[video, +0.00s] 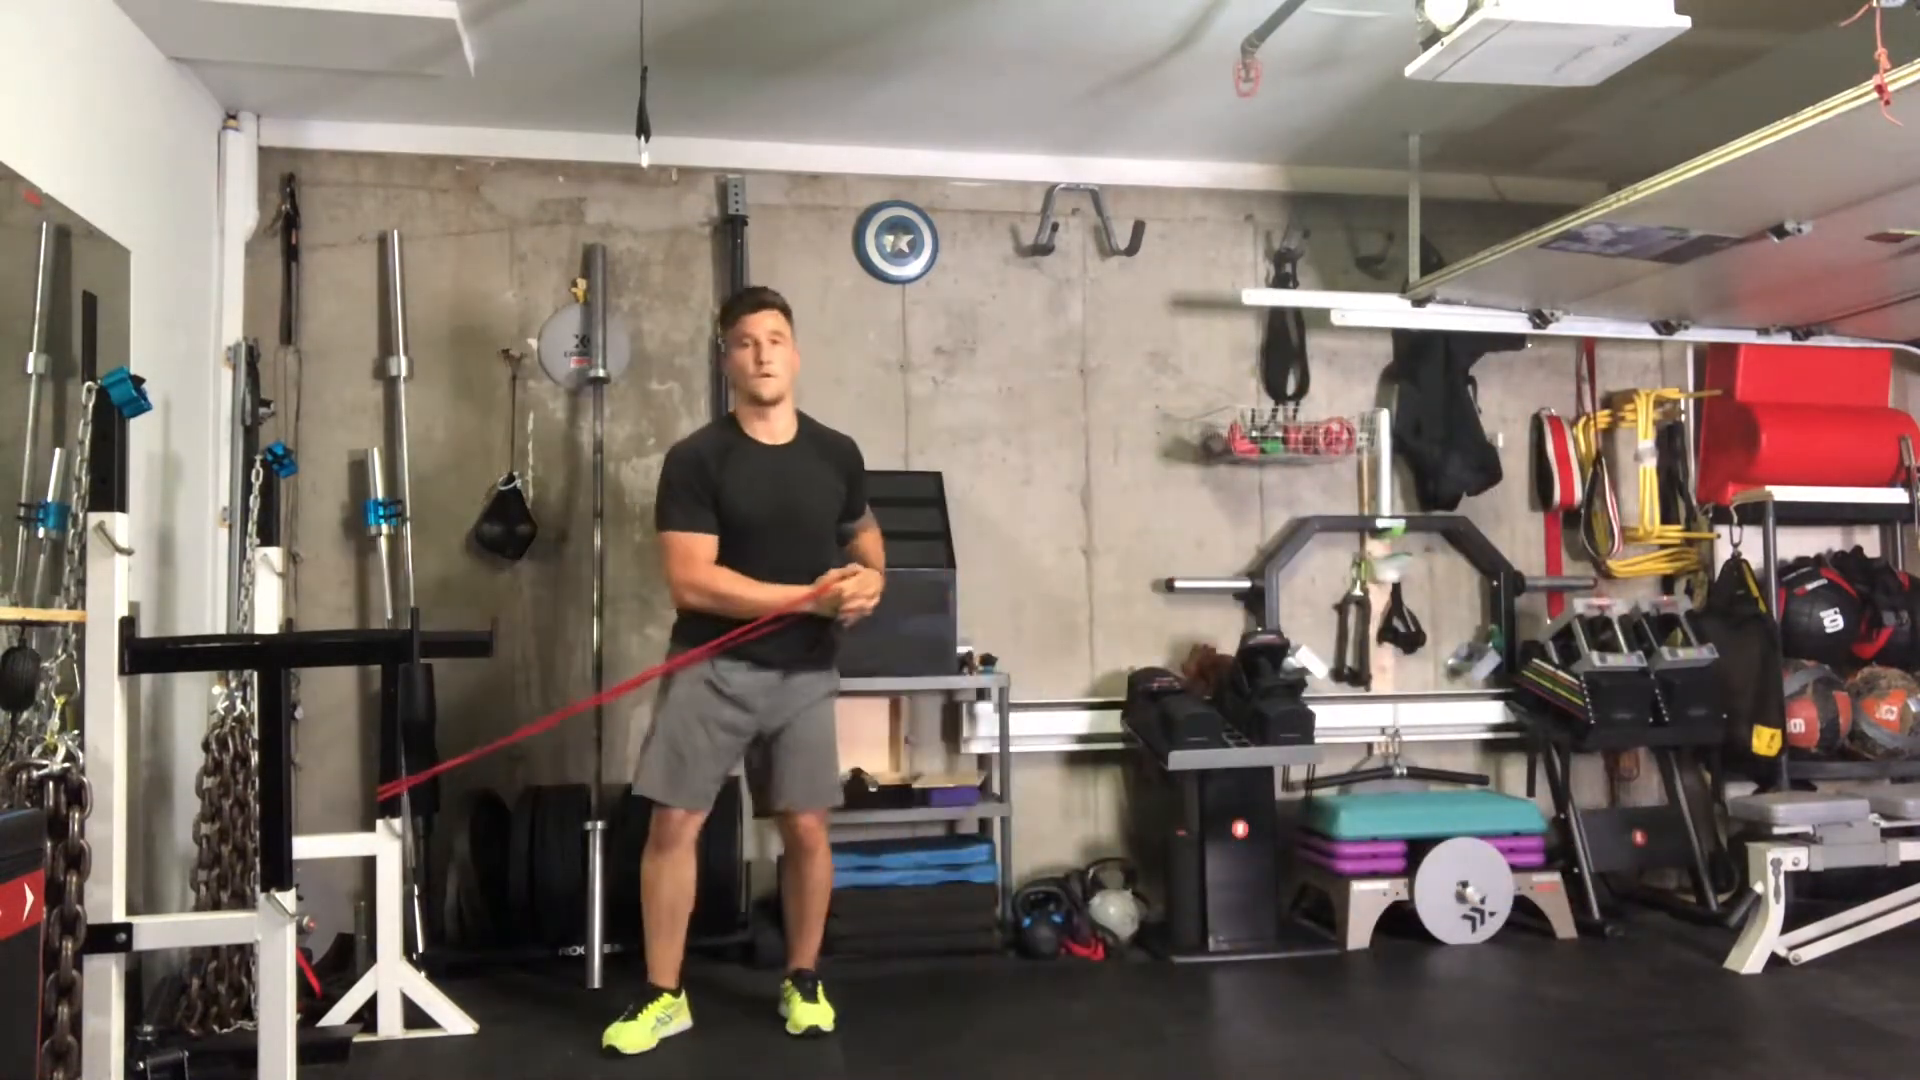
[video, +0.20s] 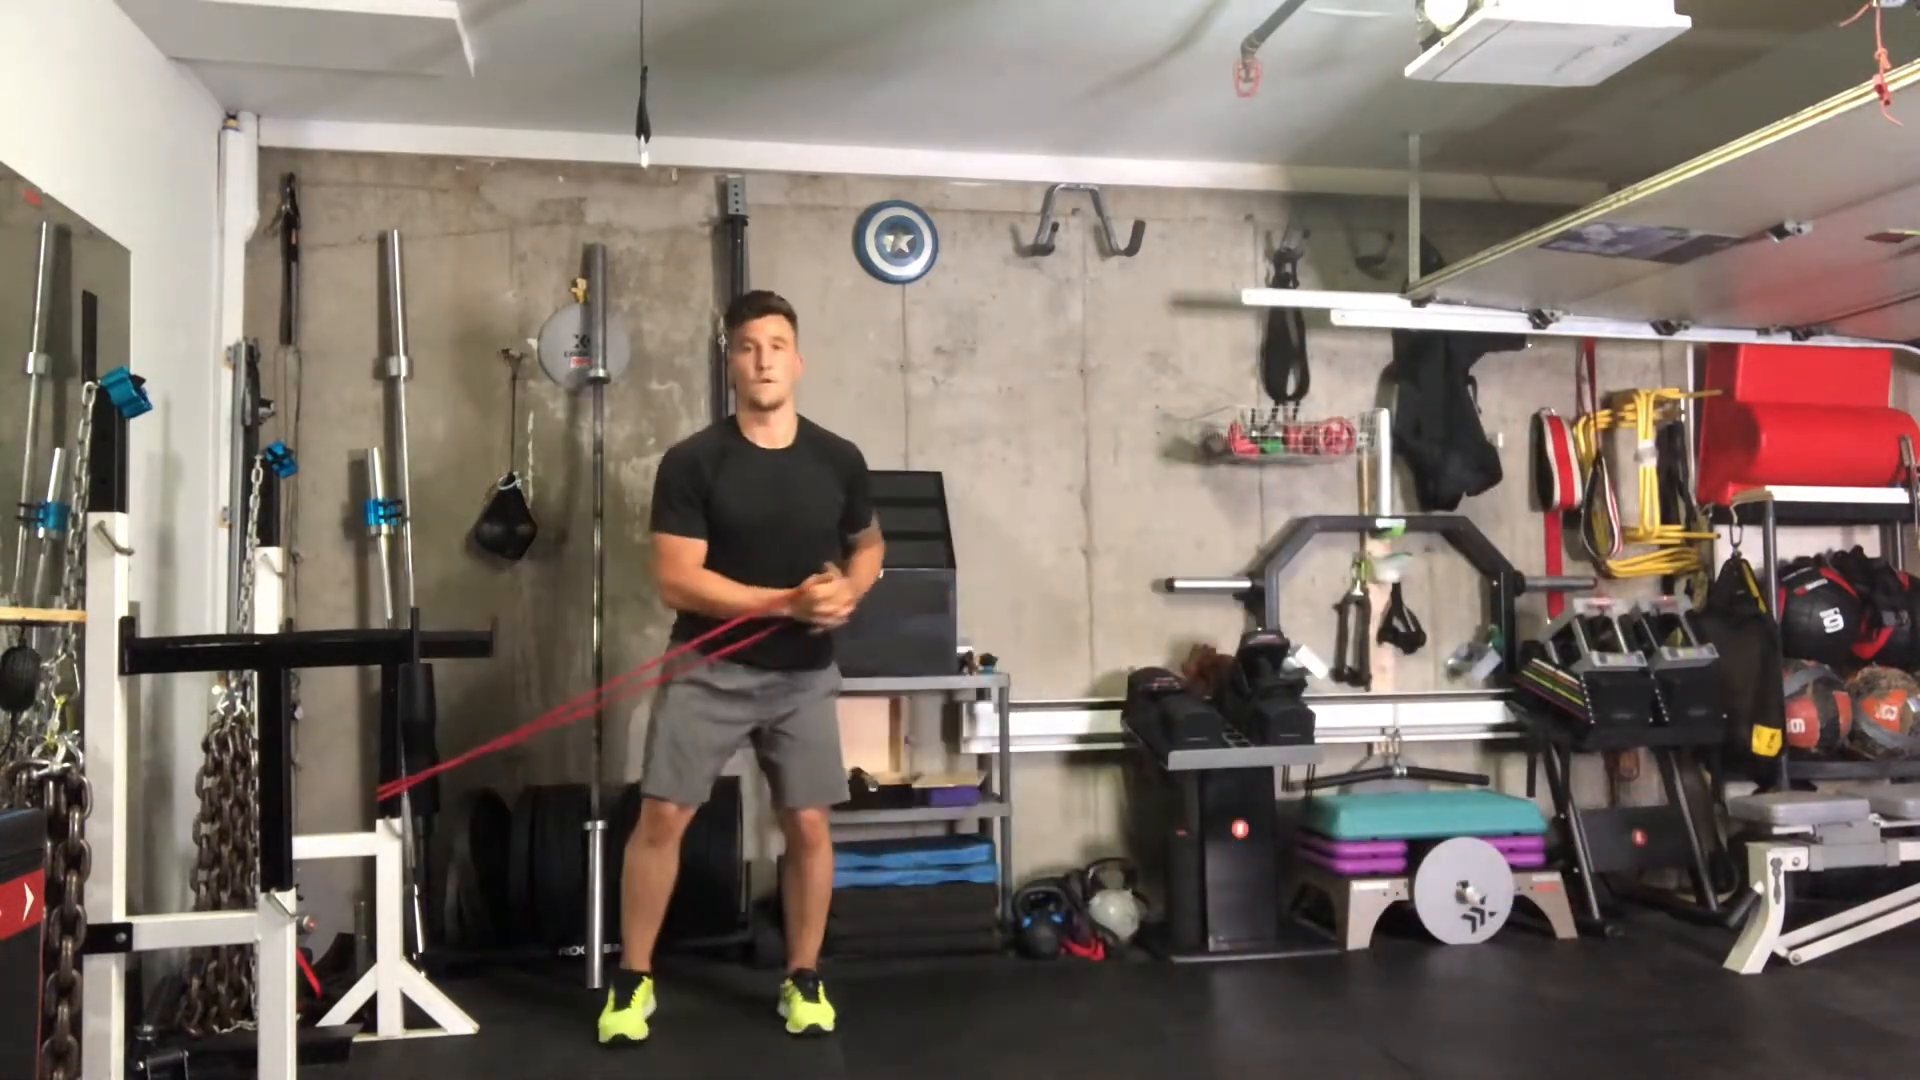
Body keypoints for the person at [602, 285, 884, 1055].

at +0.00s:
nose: (762, 354)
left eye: (774, 340)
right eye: (746, 343)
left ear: (797, 355)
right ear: (725, 361)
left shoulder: (837, 455)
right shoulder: (694, 460)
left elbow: (867, 546)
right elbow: (689, 581)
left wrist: (871, 582)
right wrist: (809, 596)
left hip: (805, 676)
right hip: (712, 672)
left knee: (807, 827)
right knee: (673, 824)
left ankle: (803, 982)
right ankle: (665, 995)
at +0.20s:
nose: (763, 360)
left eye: (777, 346)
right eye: (748, 348)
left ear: (799, 360)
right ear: (728, 364)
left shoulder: (839, 460)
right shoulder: (691, 462)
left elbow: (870, 550)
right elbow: (675, 579)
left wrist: (849, 587)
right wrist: (785, 602)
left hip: (803, 678)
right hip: (707, 673)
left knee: (810, 824)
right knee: (662, 815)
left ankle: (804, 983)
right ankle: (633, 982)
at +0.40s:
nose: (744, 397)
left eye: (760, 383)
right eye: (732, 385)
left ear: (783, 396)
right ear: (713, 397)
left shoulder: (820, 493)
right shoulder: (672, 490)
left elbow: (846, 602)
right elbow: (657, 597)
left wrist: (795, 608)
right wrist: (731, 598)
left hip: (787, 688)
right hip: (692, 685)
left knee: (798, 823)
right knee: (653, 828)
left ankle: (805, 977)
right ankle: (635, 987)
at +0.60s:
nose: (739, 466)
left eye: (754, 451)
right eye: (726, 452)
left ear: (776, 460)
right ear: (707, 461)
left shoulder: (810, 541)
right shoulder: (665, 548)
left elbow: (815, 595)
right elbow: (683, 604)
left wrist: (788, 608)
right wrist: (728, 609)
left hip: (783, 721)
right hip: (691, 718)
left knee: (791, 837)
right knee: (655, 839)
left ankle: (804, 980)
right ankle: (636, 987)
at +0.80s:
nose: (739, 496)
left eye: (754, 480)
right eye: (726, 482)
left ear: (777, 488)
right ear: (707, 489)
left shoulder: (807, 566)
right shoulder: (667, 567)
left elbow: (818, 597)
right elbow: (673, 606)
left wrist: (788, 606)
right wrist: (733, 599)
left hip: (781, 735)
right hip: (693, 732)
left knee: (770, 841)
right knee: (665, 847)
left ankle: (802, 980)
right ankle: (637, 989)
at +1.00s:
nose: (744, 524)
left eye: (759, 508)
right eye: (730, 509)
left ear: (782, 513)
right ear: (711, 513)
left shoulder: (812, 584)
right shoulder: (671, 588)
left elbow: (825, 615)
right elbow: (684, 623)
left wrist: (792, 620)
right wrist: (739, 613)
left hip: (780, 747)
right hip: (694, 740)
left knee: (754, 849)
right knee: (670, 852)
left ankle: (800, 979)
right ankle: (638, 989)